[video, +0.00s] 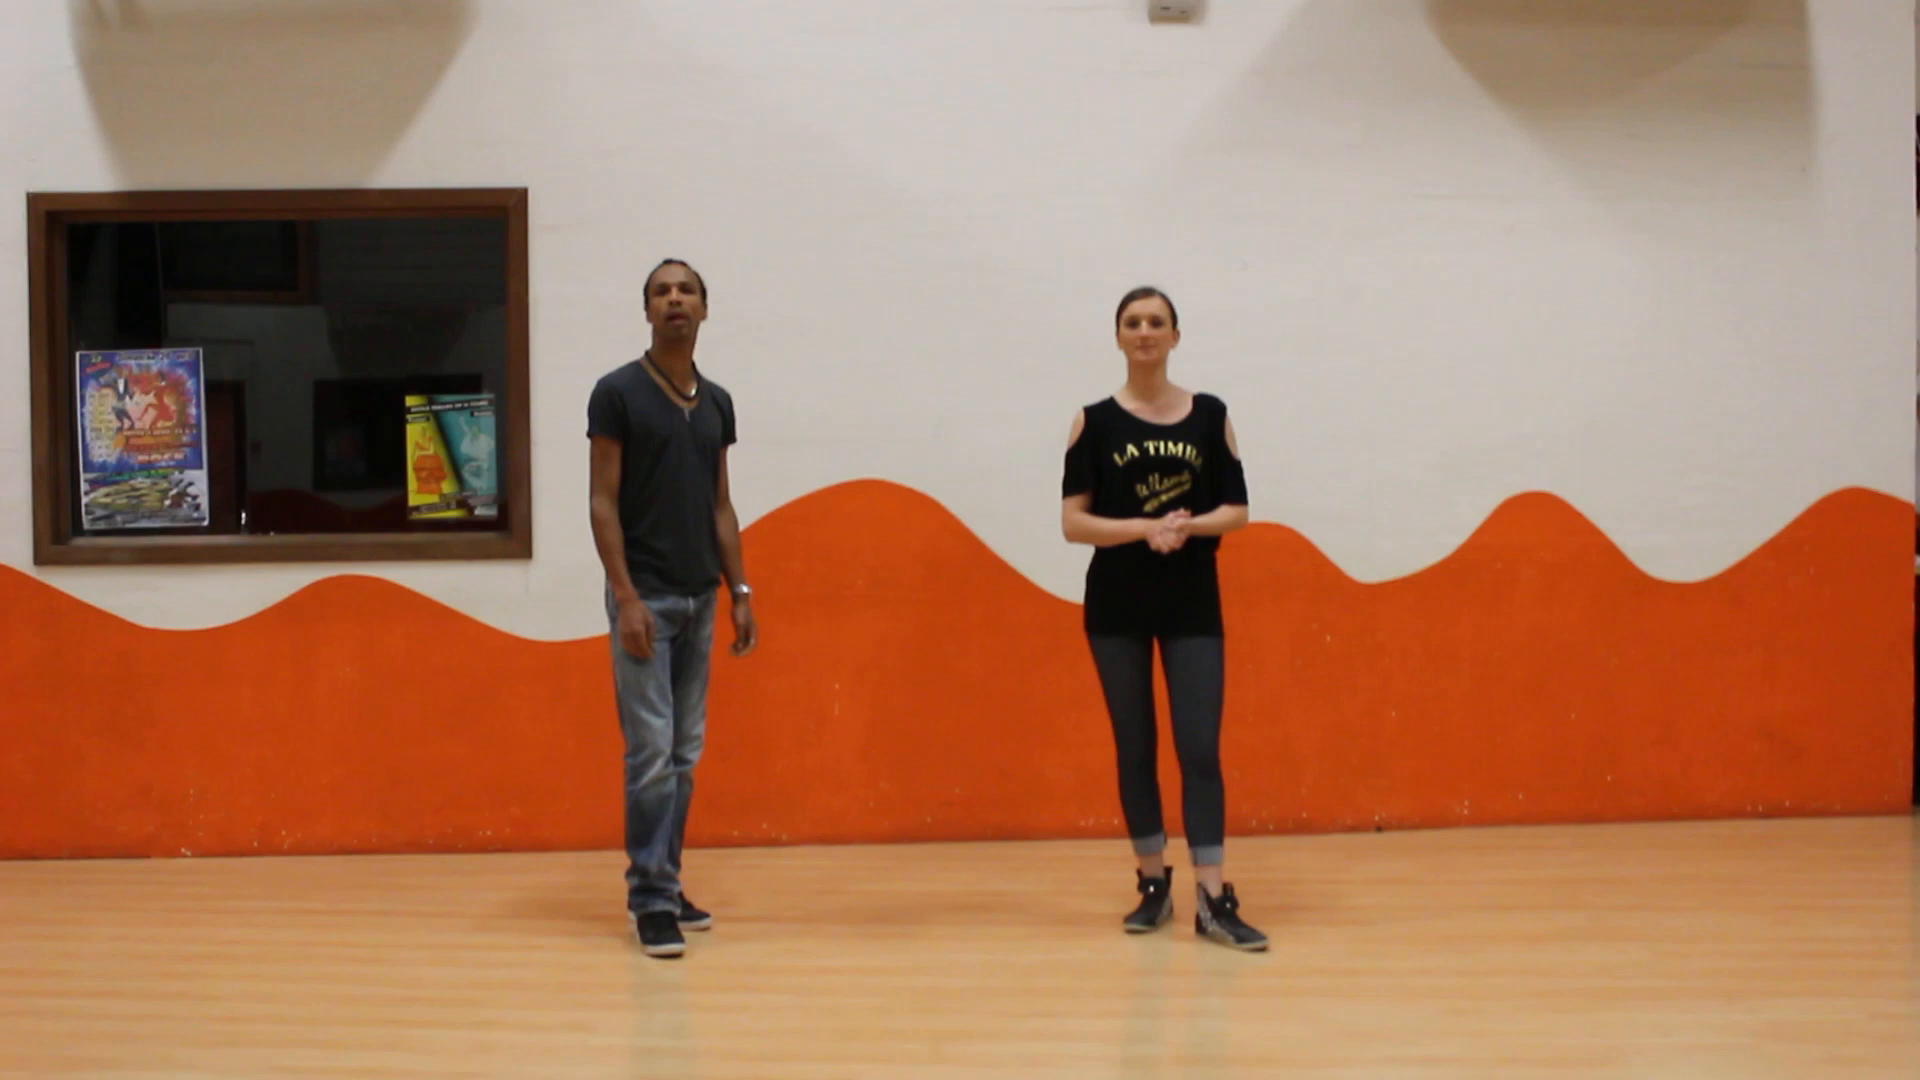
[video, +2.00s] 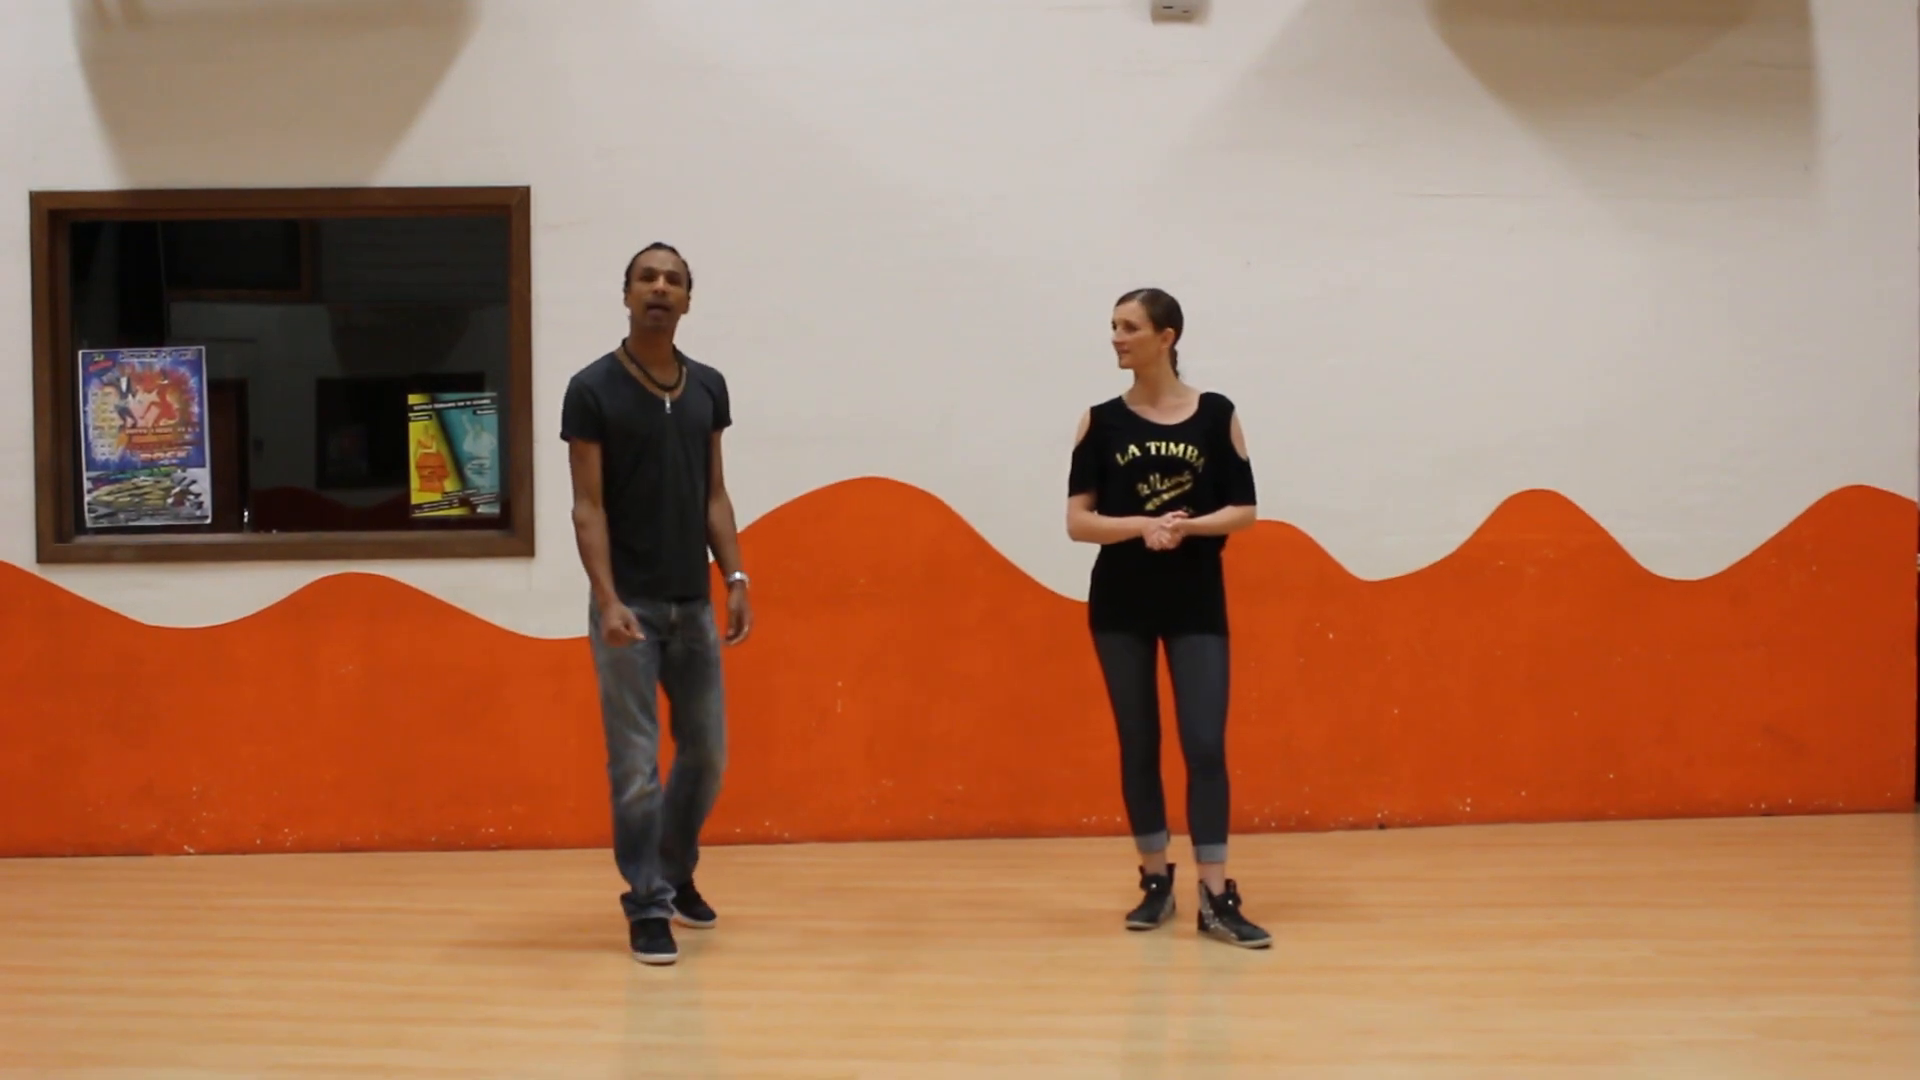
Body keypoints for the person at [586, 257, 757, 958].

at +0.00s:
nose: (674, 299)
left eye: (686, 290)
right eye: (662, 291)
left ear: (704, 309)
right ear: (645, 310)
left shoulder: (715, 402)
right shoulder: (618, 393)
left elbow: (720, 504)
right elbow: (603, 504)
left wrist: (740, 591)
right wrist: (626, 598)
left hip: (699, 594)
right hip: (643, 595)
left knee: (684, 749)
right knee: (652, 747)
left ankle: (664, 885)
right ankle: (652, 899)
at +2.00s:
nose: (661, 288)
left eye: (674, 279)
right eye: (648, 277)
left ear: (689, 299)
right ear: (625, 293)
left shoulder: (707, 386)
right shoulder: (593, 389)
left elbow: (713, 493)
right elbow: (587, 506)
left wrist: (736, 577)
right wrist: (607, 600)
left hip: (693, 601)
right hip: (626, 603)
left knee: (705, 751)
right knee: (638, 759)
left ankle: (672, 872)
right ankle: (645, 902)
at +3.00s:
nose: (766, 279)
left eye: (780, 276)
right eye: (755, 266)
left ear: (786, 301)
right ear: (724, 279)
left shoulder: (792, 392)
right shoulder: (668, 376)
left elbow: (791, 505)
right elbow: (634, 499)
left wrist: (809, 603)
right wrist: (714, 564)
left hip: (765, 607)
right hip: (687, 605)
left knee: (760, 777)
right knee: (681, 773)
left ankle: (752, 936)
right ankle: (656, 901)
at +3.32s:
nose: (779, 278)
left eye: (793, 273)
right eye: (768, 264)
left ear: (802, 299)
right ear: (738, 278)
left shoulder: (815, 389)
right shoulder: (686, 376)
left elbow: (815, 498)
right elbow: (667, 499)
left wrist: (833, 565)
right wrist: (729, 549)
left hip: (783, 609)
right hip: (707, 605)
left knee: (770, 781)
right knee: (699, 774)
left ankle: (753, 938)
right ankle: (683, 895)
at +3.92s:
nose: (763, 278)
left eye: (775, 274)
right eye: (751, 264)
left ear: (778, 301)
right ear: (716, 279)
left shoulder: (783, 391)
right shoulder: (663, 376)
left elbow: (777, 498)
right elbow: (633, 498)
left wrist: (795, 539)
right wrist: (737, 520)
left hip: (760, 605)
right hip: (686, 604)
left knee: (758, 779)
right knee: (678, 769)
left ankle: (751, 937)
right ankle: (630, 894)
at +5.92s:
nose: (722, 312)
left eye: (735, 306)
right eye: (713, 297)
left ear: (742, 322)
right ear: (685, 301)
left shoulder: (732, 397)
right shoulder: (638, 385)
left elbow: (741, 502)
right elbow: (600, 495)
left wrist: (737, 480)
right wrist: (690, 476)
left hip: (699, 589)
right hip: (644, 584)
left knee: (672, 744)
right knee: (669, 743)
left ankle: (631, 886)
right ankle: (684, 903)